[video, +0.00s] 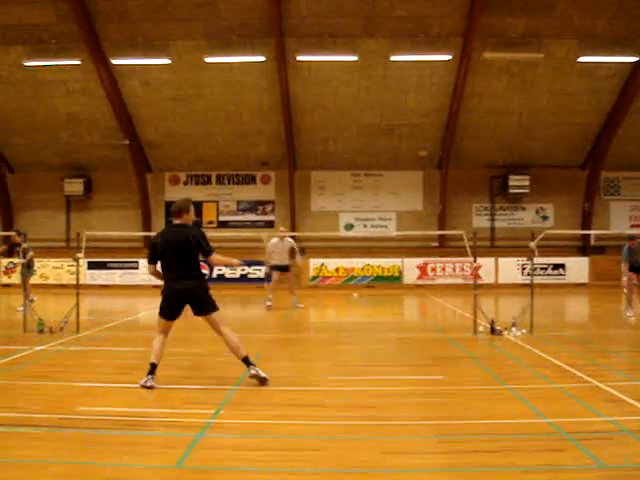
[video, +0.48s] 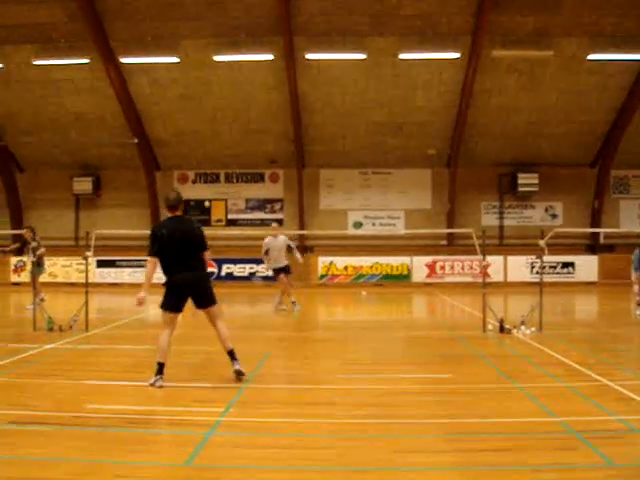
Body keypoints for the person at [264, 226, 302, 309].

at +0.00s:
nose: (282, 235)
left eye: (283, 232)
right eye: (280, 232)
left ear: (286, 234)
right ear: (278, 233)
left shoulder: (290, 242)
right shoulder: (272, 243)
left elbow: (296, 252)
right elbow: (268, 254)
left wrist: (297, 261)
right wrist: (267, 264)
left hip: (286, 263)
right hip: (275, 263)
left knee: (291, 281)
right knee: (274, 281)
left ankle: (294, 299)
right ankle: (269, 298)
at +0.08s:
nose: (286, 241)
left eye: (287, 239)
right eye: (284, 240)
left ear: (289, 240)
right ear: (282, 240)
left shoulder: (293, 247)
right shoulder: (279, 248)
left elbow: (302, 256)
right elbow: (273, 260)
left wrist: (304, 267)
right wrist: (273, 273)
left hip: (291, 269)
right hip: (281, 269)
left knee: (299, 283)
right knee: (278, 281)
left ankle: (300, 301)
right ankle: (275, 298)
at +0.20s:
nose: (286, 240)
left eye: (287, 238)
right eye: (284, 238)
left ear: (289, 239)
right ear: (282, 239)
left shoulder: (293, 247)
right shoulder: (278, 248)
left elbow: (303, 254)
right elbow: (274, 261)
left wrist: (306, 265)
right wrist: (275, 273)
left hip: (293, 269)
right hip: (283, 269)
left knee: (299, 284)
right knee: (284, 282)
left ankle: (302, 300)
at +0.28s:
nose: (280, 238)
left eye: (281, 236)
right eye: (278, 236)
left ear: (283, 237)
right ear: (276, 237)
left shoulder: (287, 246)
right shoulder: (272, 247)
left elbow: (296, 253)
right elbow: (268, 259)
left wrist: (300, 262)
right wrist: (271, 271)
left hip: (287, 269)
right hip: (278, 270)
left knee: (292, 284)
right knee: (283, 283)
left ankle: (296, 299)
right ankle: (287, 301)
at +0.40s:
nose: (275, 232)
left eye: (276, 229)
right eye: (273, 230)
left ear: (279, 230)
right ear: (271, 231)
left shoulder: (283, 240)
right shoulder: (267, 242)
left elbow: (293, 248)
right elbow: (265, 255)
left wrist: (298, 258)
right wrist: (267, 265)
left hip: (284, 264)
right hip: (274, 266)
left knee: (287, 283)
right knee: (284, 281)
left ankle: (283, 299)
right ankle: (292, 301)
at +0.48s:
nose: (274, 232)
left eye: (276, 229)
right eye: (272, 230)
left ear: (279, 230)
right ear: (270, 230)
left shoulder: (283, 239)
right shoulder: (267, 241)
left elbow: (293, 247)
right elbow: (264, 254)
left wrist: (298, 256)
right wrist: (266, 264)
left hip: (284, 263)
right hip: (275, 265)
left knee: (286, 284)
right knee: (284, 282)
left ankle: (280, 302)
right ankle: (293, 301)